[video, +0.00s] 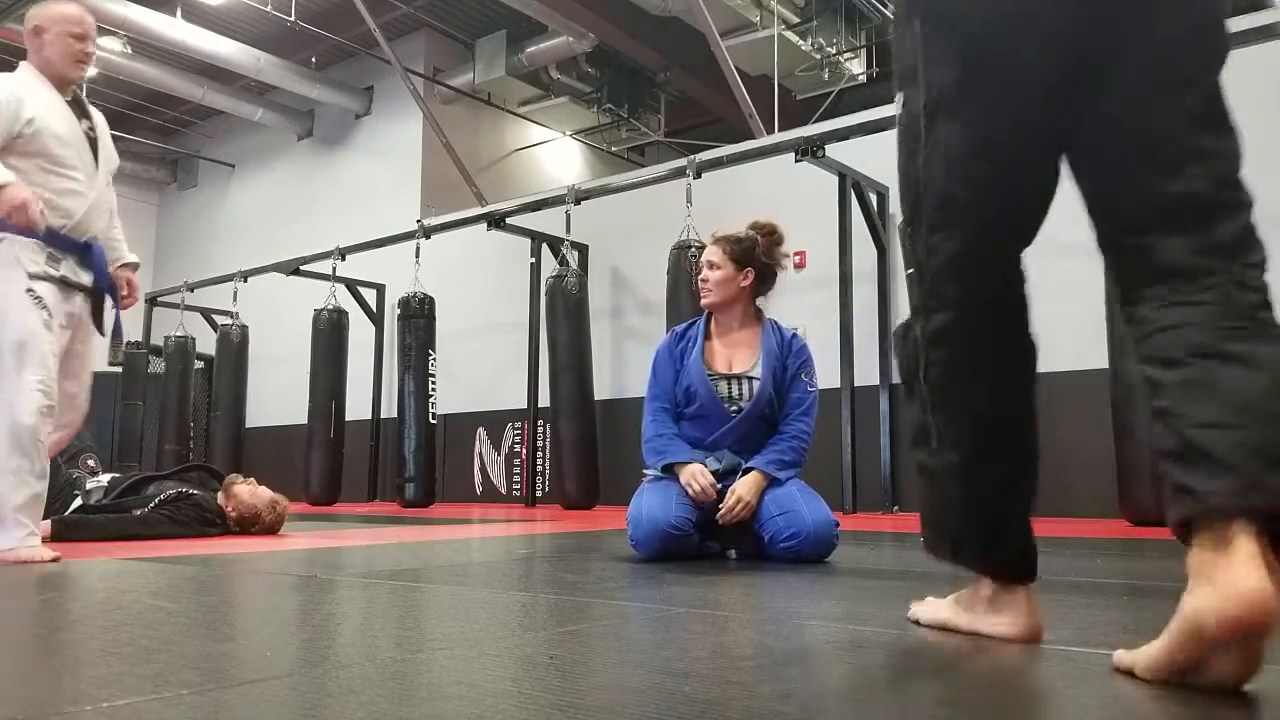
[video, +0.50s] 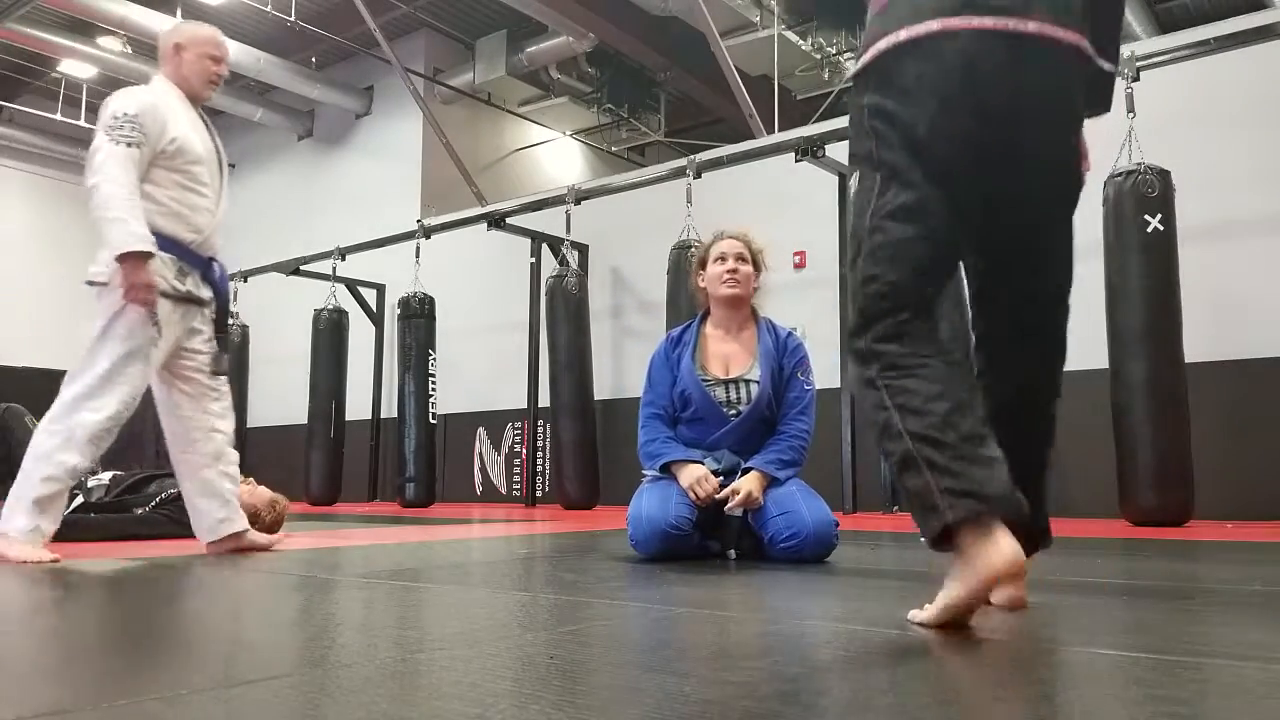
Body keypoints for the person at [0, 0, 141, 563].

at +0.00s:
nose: (88, 47)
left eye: (92, 39)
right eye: (75, 36)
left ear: (95, 48)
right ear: (33, 37)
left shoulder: (95, 120)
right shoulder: (13, 91)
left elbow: (104, 199)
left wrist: (122, 260)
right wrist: (4, 182)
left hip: (83, 279)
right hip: (25, 266)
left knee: (69, 409)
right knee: (26, 403)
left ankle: (15, 511)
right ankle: (13, 536)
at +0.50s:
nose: (221, 72)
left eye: (224, 65)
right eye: (213, 60)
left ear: (216, 69)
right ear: (176, 53)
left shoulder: (197, 125)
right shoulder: (139, 102)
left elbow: (191, 208)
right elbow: (111, 177)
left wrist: (209, 277)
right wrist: (132, 256)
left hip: (195, 282)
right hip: (150, 270)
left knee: (201, 408)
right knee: (95, 402)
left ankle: (225, 528)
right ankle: (21, 530)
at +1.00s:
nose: (347, 133)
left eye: (351, 126)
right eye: (347, 122)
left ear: (322, 104)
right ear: (326, 103)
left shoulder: (305, 148)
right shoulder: (280, 132)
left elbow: (302, 226)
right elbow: (265, 201)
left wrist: (333, 277)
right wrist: (298, 267)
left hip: (268, 297)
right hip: (290, 296)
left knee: (252, 421)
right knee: (347, 409)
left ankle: (230, 526)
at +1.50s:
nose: (444, 159)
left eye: (444, 154)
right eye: (446, 153)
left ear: (407, 134)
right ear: (439, 146)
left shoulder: (356, 165)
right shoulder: (440, 168)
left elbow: (309, 220)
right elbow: (462, 231)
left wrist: (290, 273)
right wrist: (498, 289)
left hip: (350, 303)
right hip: (404, 304)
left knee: (355, 410)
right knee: (416, 415)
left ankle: (351, 493)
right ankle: (395, 525)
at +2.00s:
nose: (447, 178)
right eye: (448, 172)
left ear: (409, 175)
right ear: (448, 173)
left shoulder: (386, 206)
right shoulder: (472, 205)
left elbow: (360, 264)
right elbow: (493, 265)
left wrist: (357, 319)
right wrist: (498, 320)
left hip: (396, 322)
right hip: (448, 323)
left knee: (407, 421)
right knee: (467, 416)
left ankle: (421, 524)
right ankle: (442, 478)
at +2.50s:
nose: (437, 203)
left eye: (438, 199)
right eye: (439, 199)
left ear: (443, 198)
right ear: (476, 200)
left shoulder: (423, 228)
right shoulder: (501, 238)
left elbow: (398, 277)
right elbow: (519, 296)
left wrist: (380, 323)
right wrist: (528, 343)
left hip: (431, 339)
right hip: (478, 342)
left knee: (415, 424)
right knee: (478, 430)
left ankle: (426, 494)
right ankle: (477, 515)